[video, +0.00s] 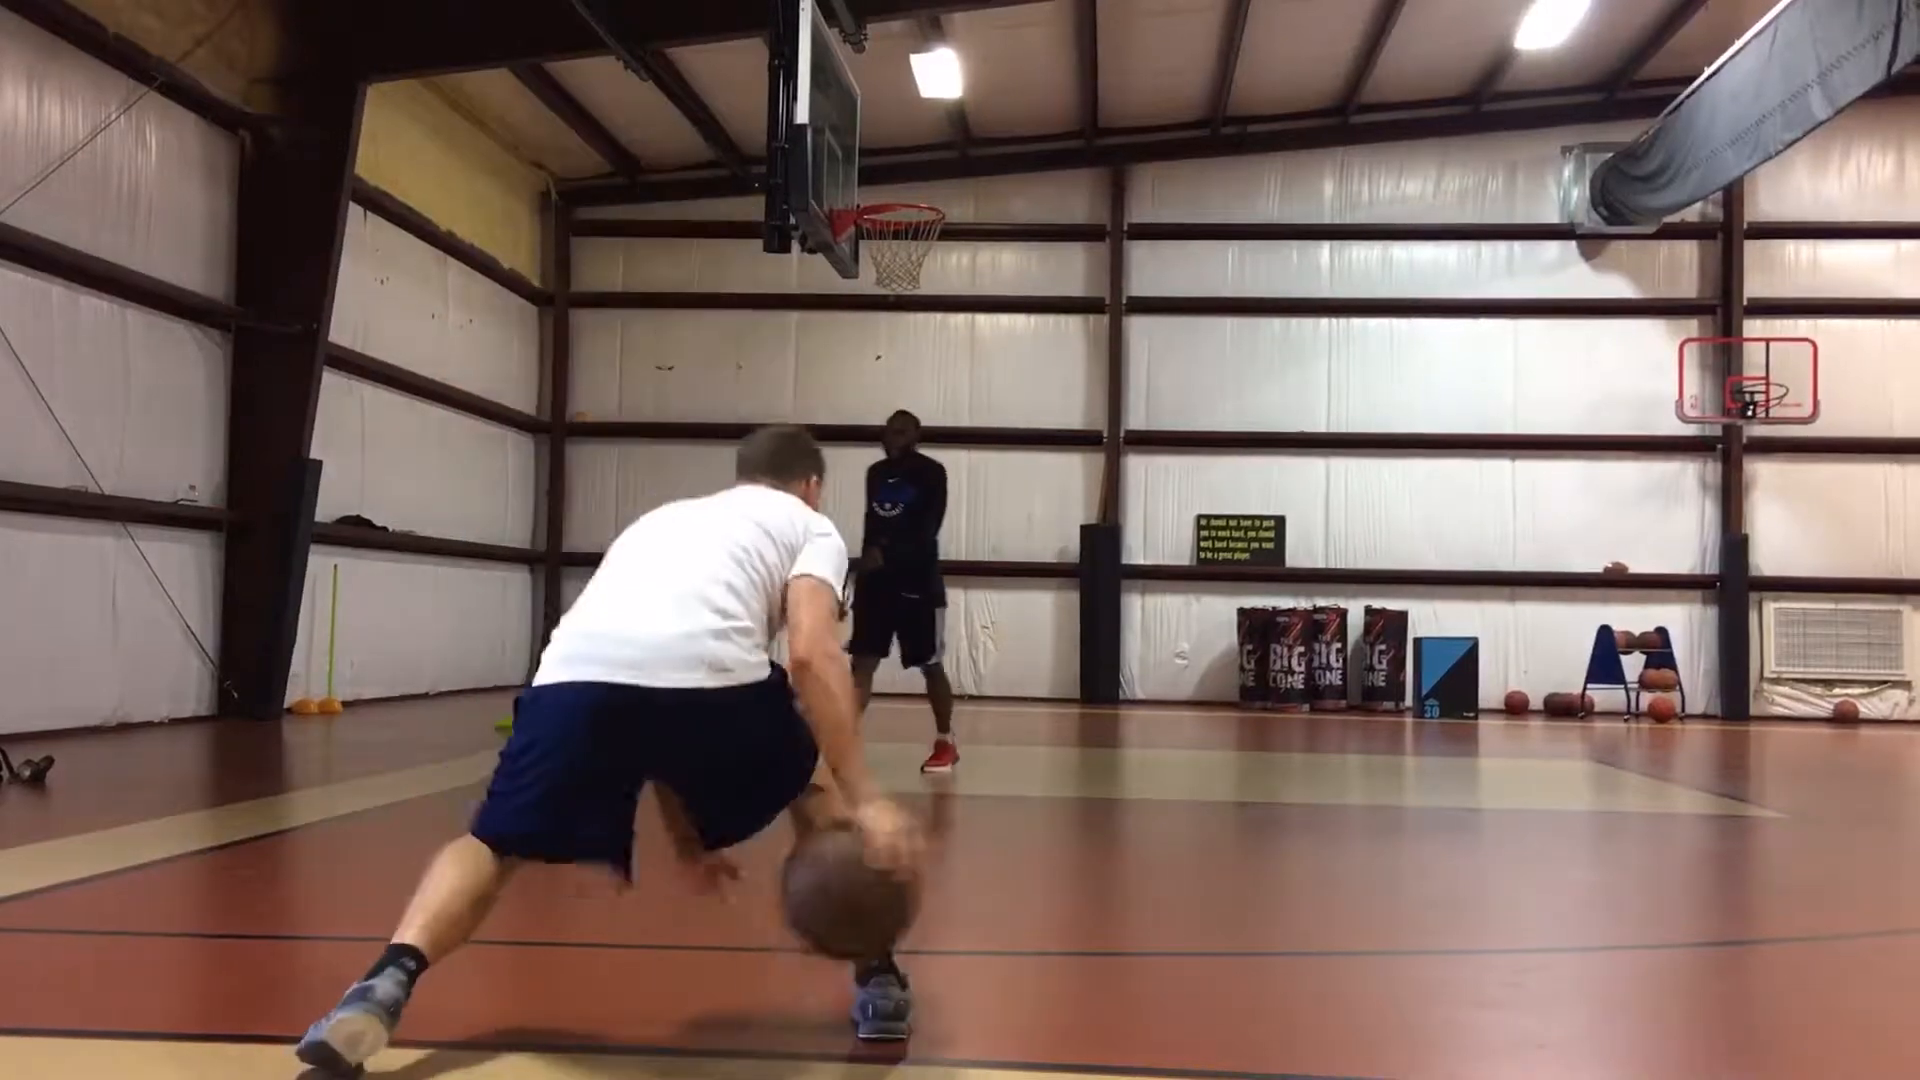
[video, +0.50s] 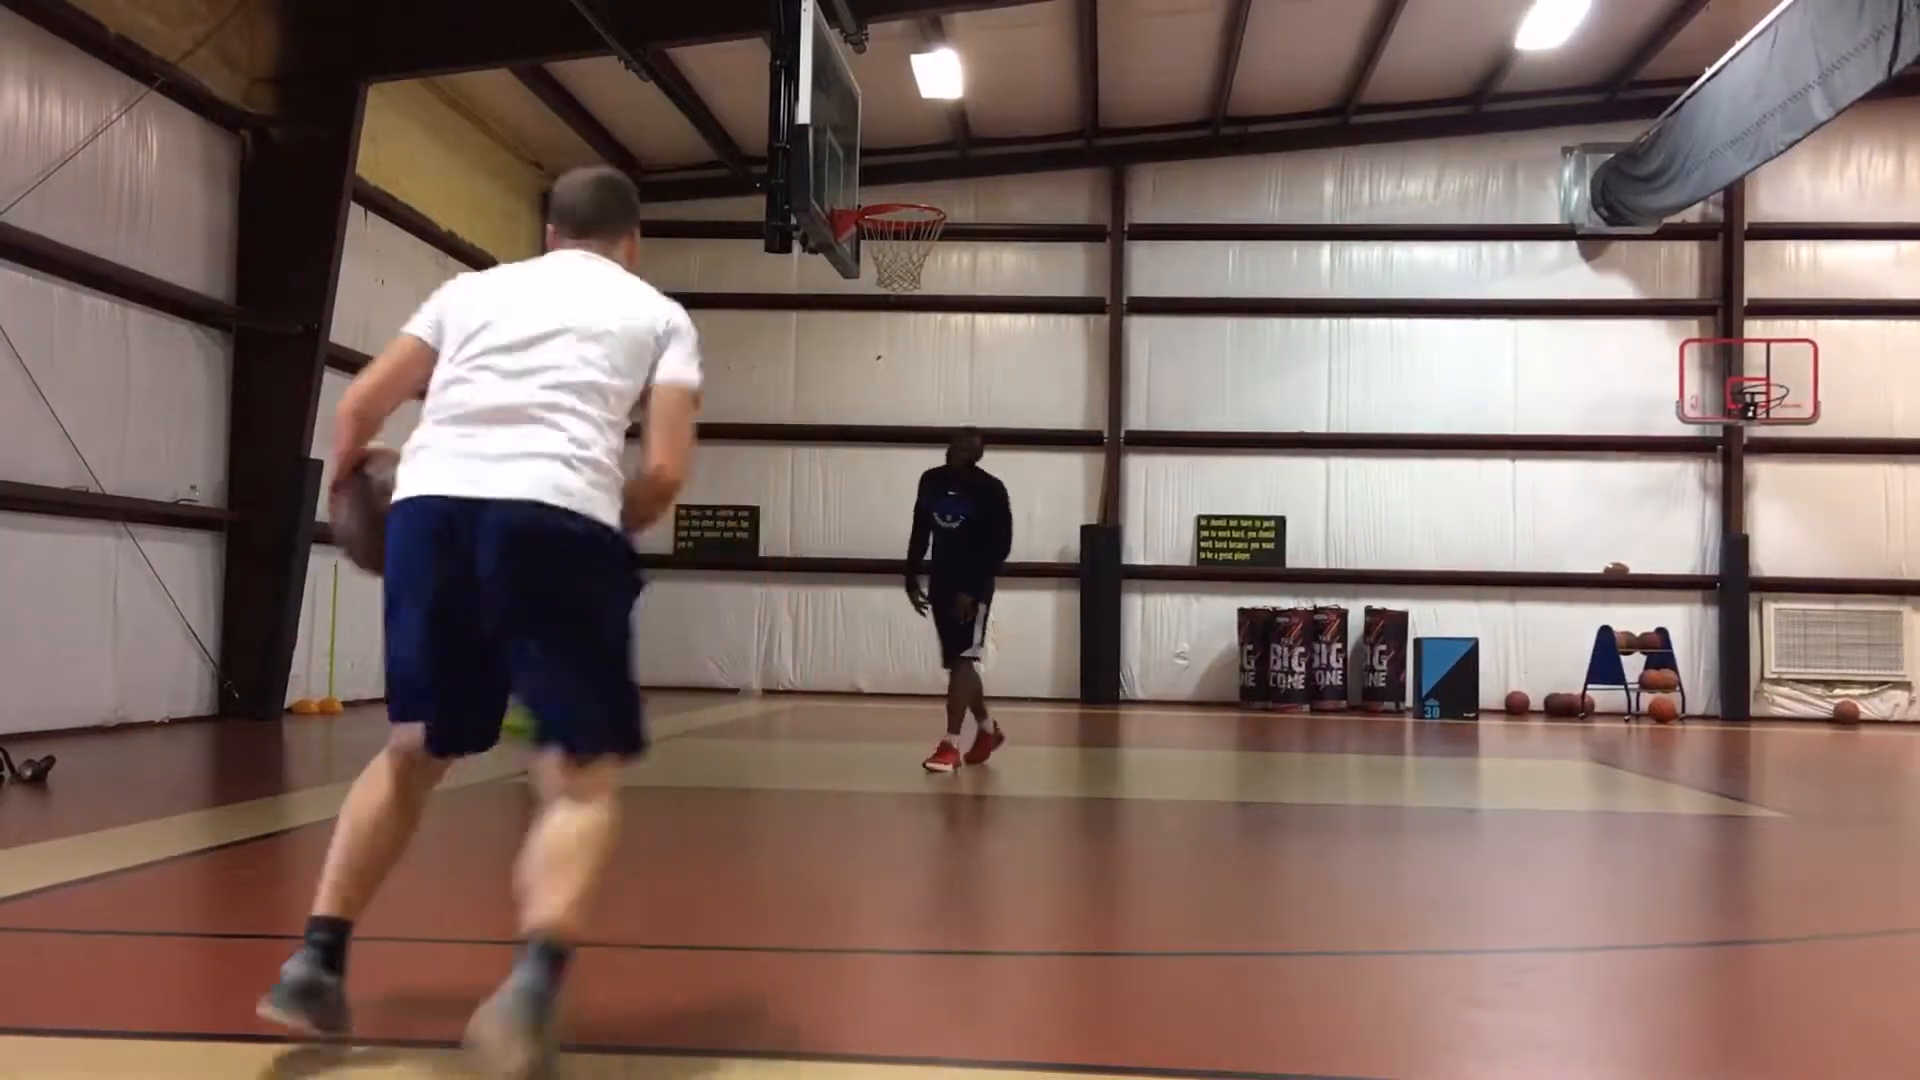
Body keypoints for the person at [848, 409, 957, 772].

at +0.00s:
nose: (892, 438)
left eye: (900, 432)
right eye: (890, 431)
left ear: (915, 436)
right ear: (884, 434)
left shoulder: (932, 472)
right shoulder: (876, 472)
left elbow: (926, 531)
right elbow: (871, 528)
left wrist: (883, 553)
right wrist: (863, 576)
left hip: (919, 586)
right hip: (876, 584)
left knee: (930, 666)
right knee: (862, 663)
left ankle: (944, 742)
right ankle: (843, 743)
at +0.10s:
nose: (913, 436)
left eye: (921, 431)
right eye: (910, 429)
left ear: (936, 437)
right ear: (904, 432)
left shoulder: (947, 473)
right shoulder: (895, 469)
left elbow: (939, 532)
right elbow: (888, 527)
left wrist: (905, 574)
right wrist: (877, 577)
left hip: (931, 585)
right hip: (890, 582)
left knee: (942, 664)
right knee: (877, 659)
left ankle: (947, 744)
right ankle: (867, 744)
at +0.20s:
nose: (933, 439)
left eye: (941, 434)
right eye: (929, 431)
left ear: (954, 438)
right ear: (922, 432)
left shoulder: (963, 478)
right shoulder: (911, 465)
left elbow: (958, 538)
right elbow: (901, 523)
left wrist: (928, 580)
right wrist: (887, 571)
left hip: (941, 583)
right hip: (902, 578)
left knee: (945, 661)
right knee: (886, 653)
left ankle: (948, 744)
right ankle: (907, 736)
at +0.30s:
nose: (946, 440)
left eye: (954, 436)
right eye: (944, 433)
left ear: (965, 443)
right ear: (937, 433)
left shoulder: (975, 485)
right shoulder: (922, 468)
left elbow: (975, 545)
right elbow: (911, 520)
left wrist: (947, 586)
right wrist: (893, 566)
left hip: (950, 585)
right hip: (914, 580)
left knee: (947, 661)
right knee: (903, 659)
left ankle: (947, 741)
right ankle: (947, 717)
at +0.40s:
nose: (956, 446)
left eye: (963, 442)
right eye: (953, 439)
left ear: (973, 449)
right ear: (943, 439)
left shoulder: (984, 486)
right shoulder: (928, 472)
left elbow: (988, 546)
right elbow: (916, 522)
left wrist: (958, 589)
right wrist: (902, 566)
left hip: (962, 583)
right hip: (928, 576)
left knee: (947, 661)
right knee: (928, 660)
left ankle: (950, 743)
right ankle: (974, 716)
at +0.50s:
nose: (957, 447)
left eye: (965, 443)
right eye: (955, 441)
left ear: (978, 451)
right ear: (949, 446)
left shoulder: (991, 489)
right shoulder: (931, 480)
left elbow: (999, 547)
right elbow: (920, 530)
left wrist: (974, 591)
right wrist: (911, 575)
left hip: (975, 583)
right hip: (941, 579)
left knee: (962, 661)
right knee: (957, 662)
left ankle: (951, 744)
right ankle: (987, 729)